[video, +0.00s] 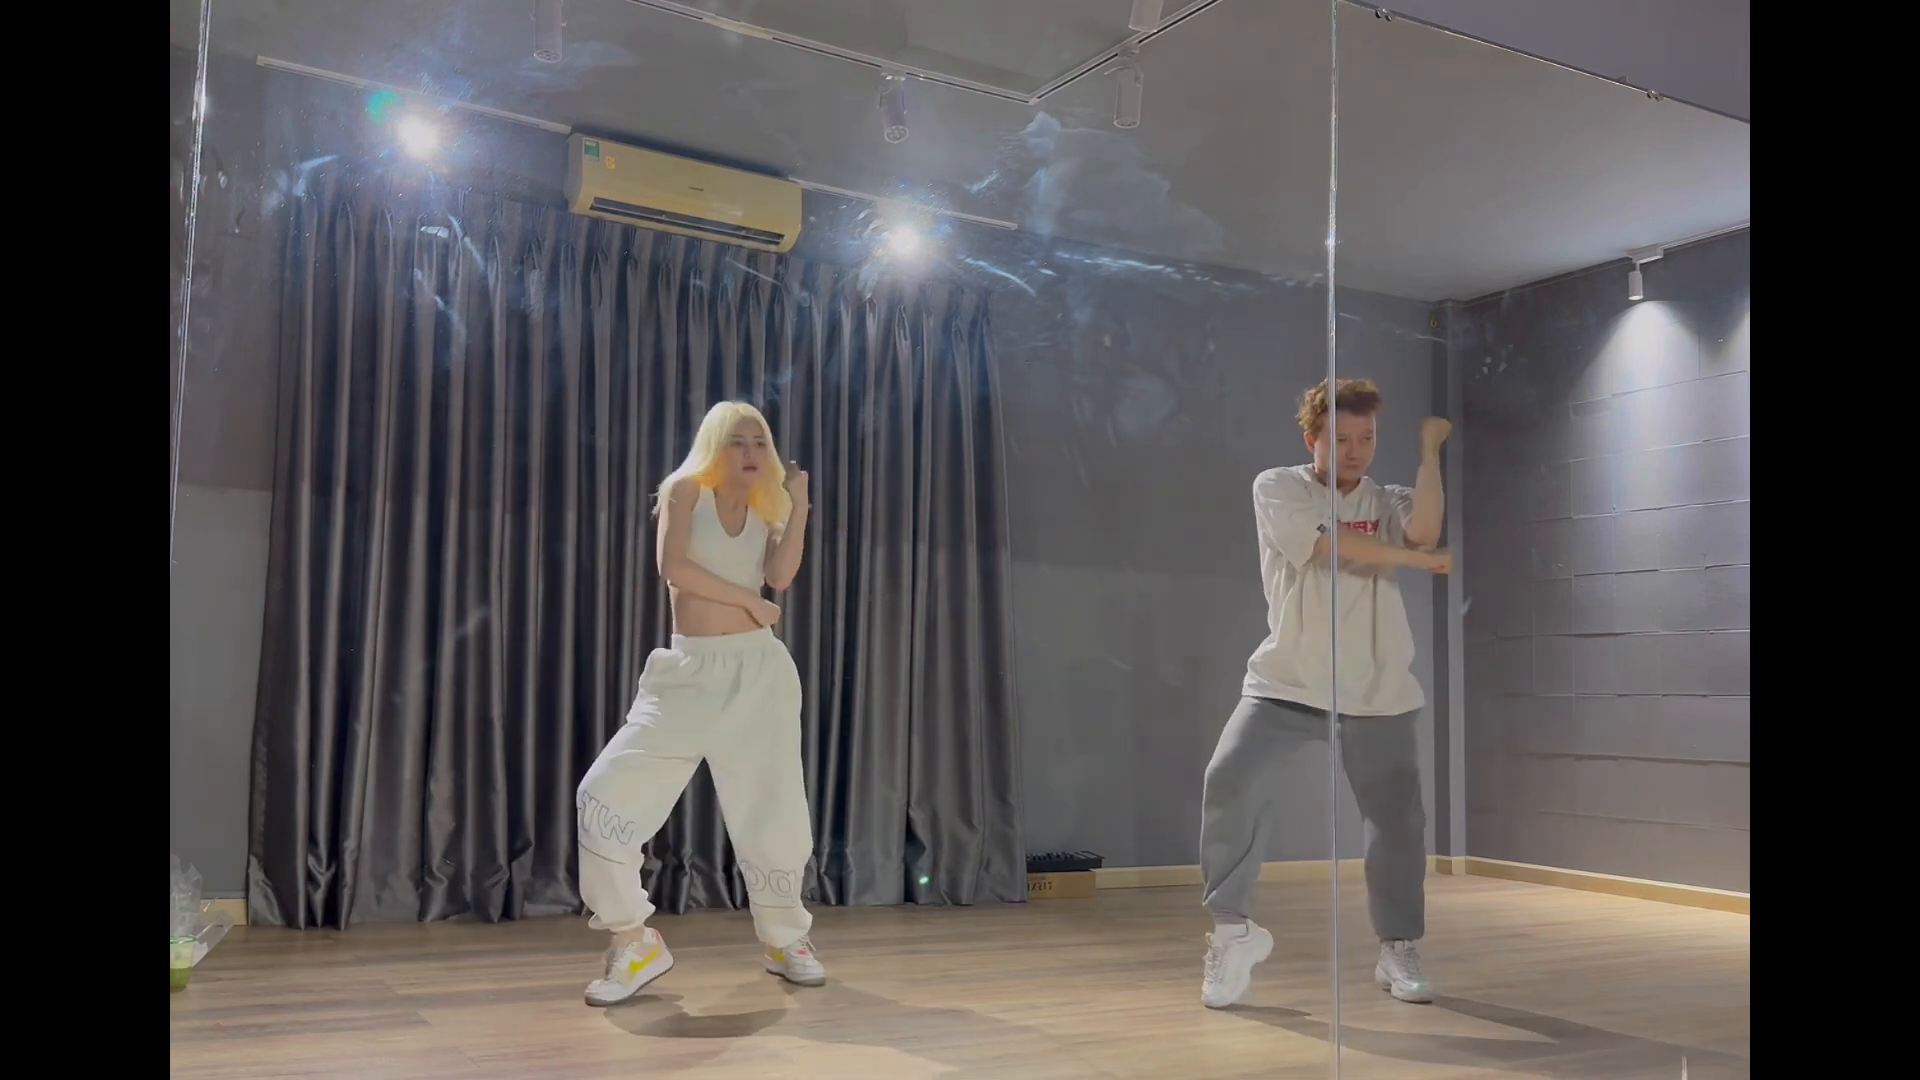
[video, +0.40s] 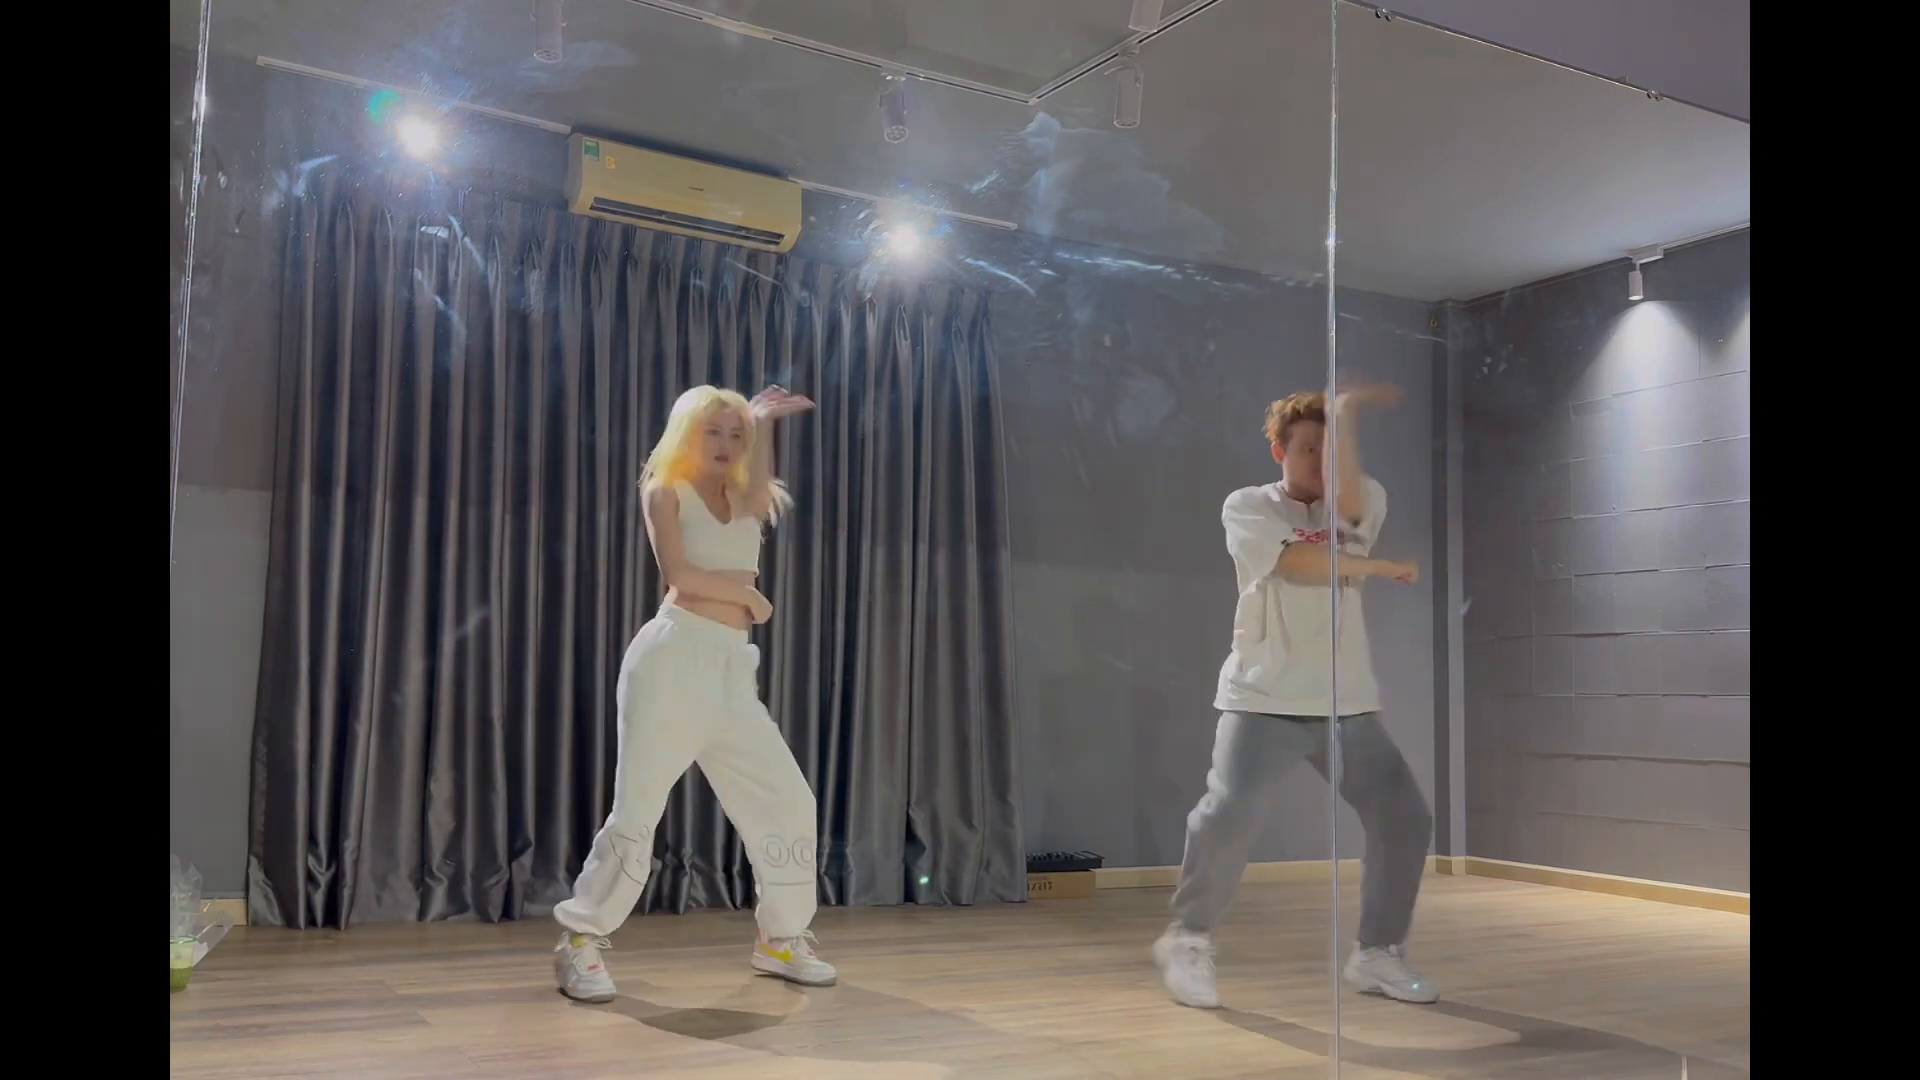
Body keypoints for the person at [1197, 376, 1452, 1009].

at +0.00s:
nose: (1356, 449)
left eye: (1365, 438)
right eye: (1342, 437)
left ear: (1376, 440)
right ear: (1312, 438)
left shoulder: (1384, 500)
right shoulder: (1277, 488)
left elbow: (1426, 533)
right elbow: (1324, 548)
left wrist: (1430, 454)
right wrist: (1419, 559)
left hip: (1378, 686)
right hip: (1291, 679)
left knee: (1400, 814)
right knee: (1227, 780)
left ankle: (1399, 950)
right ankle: (1232, 931)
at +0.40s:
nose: (1320, 461)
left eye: (1328, 449)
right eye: (1307, 448)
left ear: (1339, 453)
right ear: (1278, 452)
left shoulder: (1359, 509)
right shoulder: (1246, 507)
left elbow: (1347, 495)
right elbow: (1288, 561)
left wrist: (1345, 417)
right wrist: (1376, 567)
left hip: (1344, 705)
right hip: (1261, 704)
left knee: (1404, 818)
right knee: (1227, 810)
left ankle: (1378, 953)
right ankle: (1187, 942)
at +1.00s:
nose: (1391, 460)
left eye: (1394, 448)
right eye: (1380, 445)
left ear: (1378, 455)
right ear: (1340, 450)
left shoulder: (1364, 510)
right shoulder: (1324, 509)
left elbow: (1419, 525)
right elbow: (1357, 545)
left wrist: (1399, 453)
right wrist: (1398, 466)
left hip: (1424, 700)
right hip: (1378, 710)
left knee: (1449, 835)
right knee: (1440, 836)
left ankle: (1392, 960)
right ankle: (1332, 889)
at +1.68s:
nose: (1470, 468)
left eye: (1470, 456)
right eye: (1460, 451)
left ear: (1448, 457)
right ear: (1418, 448)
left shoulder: (1440, 518)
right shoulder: (1387, 511)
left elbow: (1471, 503)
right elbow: (1392, 451)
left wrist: (1489, 487)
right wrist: (1480, 457)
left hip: (1467, 718)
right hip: (1423, 720)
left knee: (1462, 860)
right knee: (1505, 835)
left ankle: (1388, 970)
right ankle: (1564, 983)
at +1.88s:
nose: (1470, 428)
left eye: (1465, 420)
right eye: (1451, 421)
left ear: (1452, 447)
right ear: (1410, 450)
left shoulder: (1474, 525)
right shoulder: (1406, 517)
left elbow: (1555, 568)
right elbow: (1485, 558)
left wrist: (1527, 497)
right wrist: (1473, 481)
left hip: (1467, 705)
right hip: (1427, 706)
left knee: (1468, 851)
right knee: (1524, 817)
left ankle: (1390, 970)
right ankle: (1541, 985)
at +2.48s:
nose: (1446, 453)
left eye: (1452, 443)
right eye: (1436, 439)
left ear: (1456, 449)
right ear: (1397, 436)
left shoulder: (1450, 508)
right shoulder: (1353, 500)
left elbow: (1524, 482)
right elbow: (1329, 455)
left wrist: (1468, 429)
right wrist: (1366, 400)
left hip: (1446, 697)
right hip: (1374, 695)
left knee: (1442, 827)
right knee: (1432, 806)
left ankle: (1394, 963)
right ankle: (1470, 951)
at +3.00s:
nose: (1337, 482)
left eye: (1337, 472)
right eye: (1318, 478)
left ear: (1349, 479)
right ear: (1288, 503)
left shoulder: (1383, 547)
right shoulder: (1267, 577)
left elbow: (1441, 477)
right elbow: (1210, 652)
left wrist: (1361, 443)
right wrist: (1243, 703)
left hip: (1349, 755)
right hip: (1269, 754)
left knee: (1434, 831)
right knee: (1238, 854)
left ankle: (1394, 962)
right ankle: (1175, 964)